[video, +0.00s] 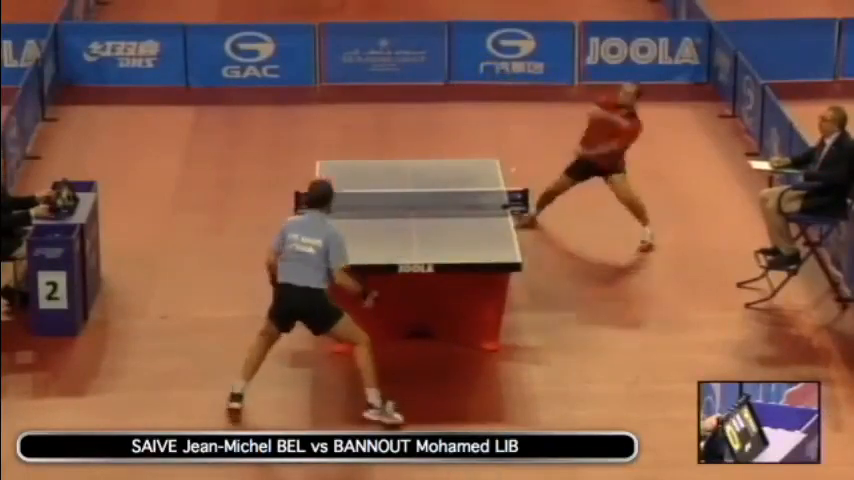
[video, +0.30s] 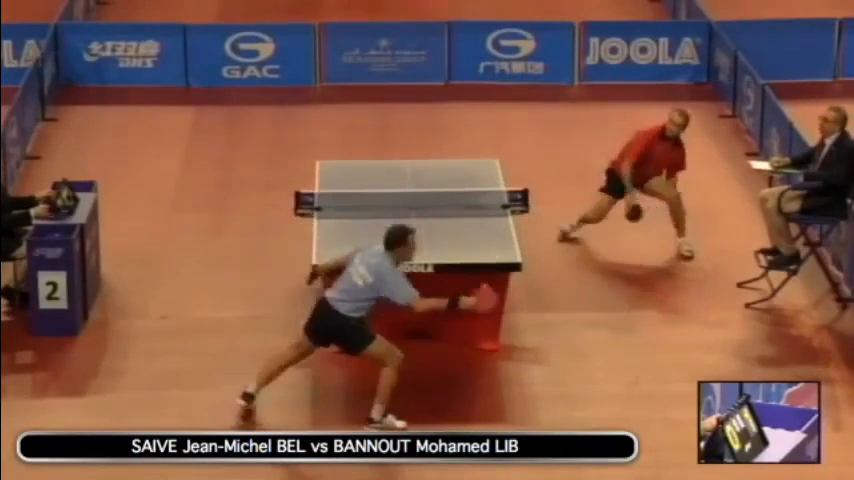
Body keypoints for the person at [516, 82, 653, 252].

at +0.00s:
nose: (623, 96)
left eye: (629, 94)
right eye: (622, 92)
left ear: (636, 98)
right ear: (619, 93)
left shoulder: (633, 124)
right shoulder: (606, 105)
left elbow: (615, 147)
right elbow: (592, 116)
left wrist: (587, 153)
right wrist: (617, 119)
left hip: (612, 165)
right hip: (588, 160)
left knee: (627, 197)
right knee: (554, 189)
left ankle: (647, 229)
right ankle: (533, 215)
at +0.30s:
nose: (672, 127)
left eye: (677, 126)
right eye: (671, 122)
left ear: (682, 129)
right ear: (667, 120)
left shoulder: (677, 150)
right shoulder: (646, 136)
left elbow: (671, 177)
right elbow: (625, 165)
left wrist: (674, 201)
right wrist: (631, 195)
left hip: (643, 178)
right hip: (621, 175)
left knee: (674, 197)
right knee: (596, 215)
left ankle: (682, 243)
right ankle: (574, 227)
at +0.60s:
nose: (618, 94)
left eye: (623, 91)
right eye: (616, 89)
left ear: (631, 95)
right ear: (611, 91)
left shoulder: (638, 117)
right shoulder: (600, 108)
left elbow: (640, 150)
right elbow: (586, 127)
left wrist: (633, 177)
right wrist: (574, 150)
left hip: (628, 159)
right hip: (601, 156)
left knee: (643, 194)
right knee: (567, 184)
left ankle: (668, 225)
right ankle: (552, 214)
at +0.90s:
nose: (538, 84)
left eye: (542, 80)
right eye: (537, 80)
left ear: (553, 81)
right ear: (542, 81)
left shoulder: (557, 99)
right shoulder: (546, 98)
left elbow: (532, 126)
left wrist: (506, 128)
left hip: (576, 155)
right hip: (558, 153)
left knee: (590, 200)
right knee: (526, 169)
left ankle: (634, 216)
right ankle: (528, 207)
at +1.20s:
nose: (525, 63)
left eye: (528, 60)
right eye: (522, 59)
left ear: (535, 61)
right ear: (518, 60)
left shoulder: (539, 79)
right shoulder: (509, 77)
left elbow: (557, 93)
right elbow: (492, 79)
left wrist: (538, 79)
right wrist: (500, 70)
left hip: (542, 130)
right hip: (521, 130)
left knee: (539, 166)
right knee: (500, 161)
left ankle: (556, 209)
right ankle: (526, 179)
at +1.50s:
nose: (505, 93)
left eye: (509, 90)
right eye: (502, 89)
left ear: (516, 92)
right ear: (498, 90)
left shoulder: (522, 112)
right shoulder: (485, 109)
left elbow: (523, 135)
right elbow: (474, 137)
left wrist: (522, 150)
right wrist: (491, 153)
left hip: (508, 156)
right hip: (482, 154)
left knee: (525, 184)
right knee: (469, 183)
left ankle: (535, 219)